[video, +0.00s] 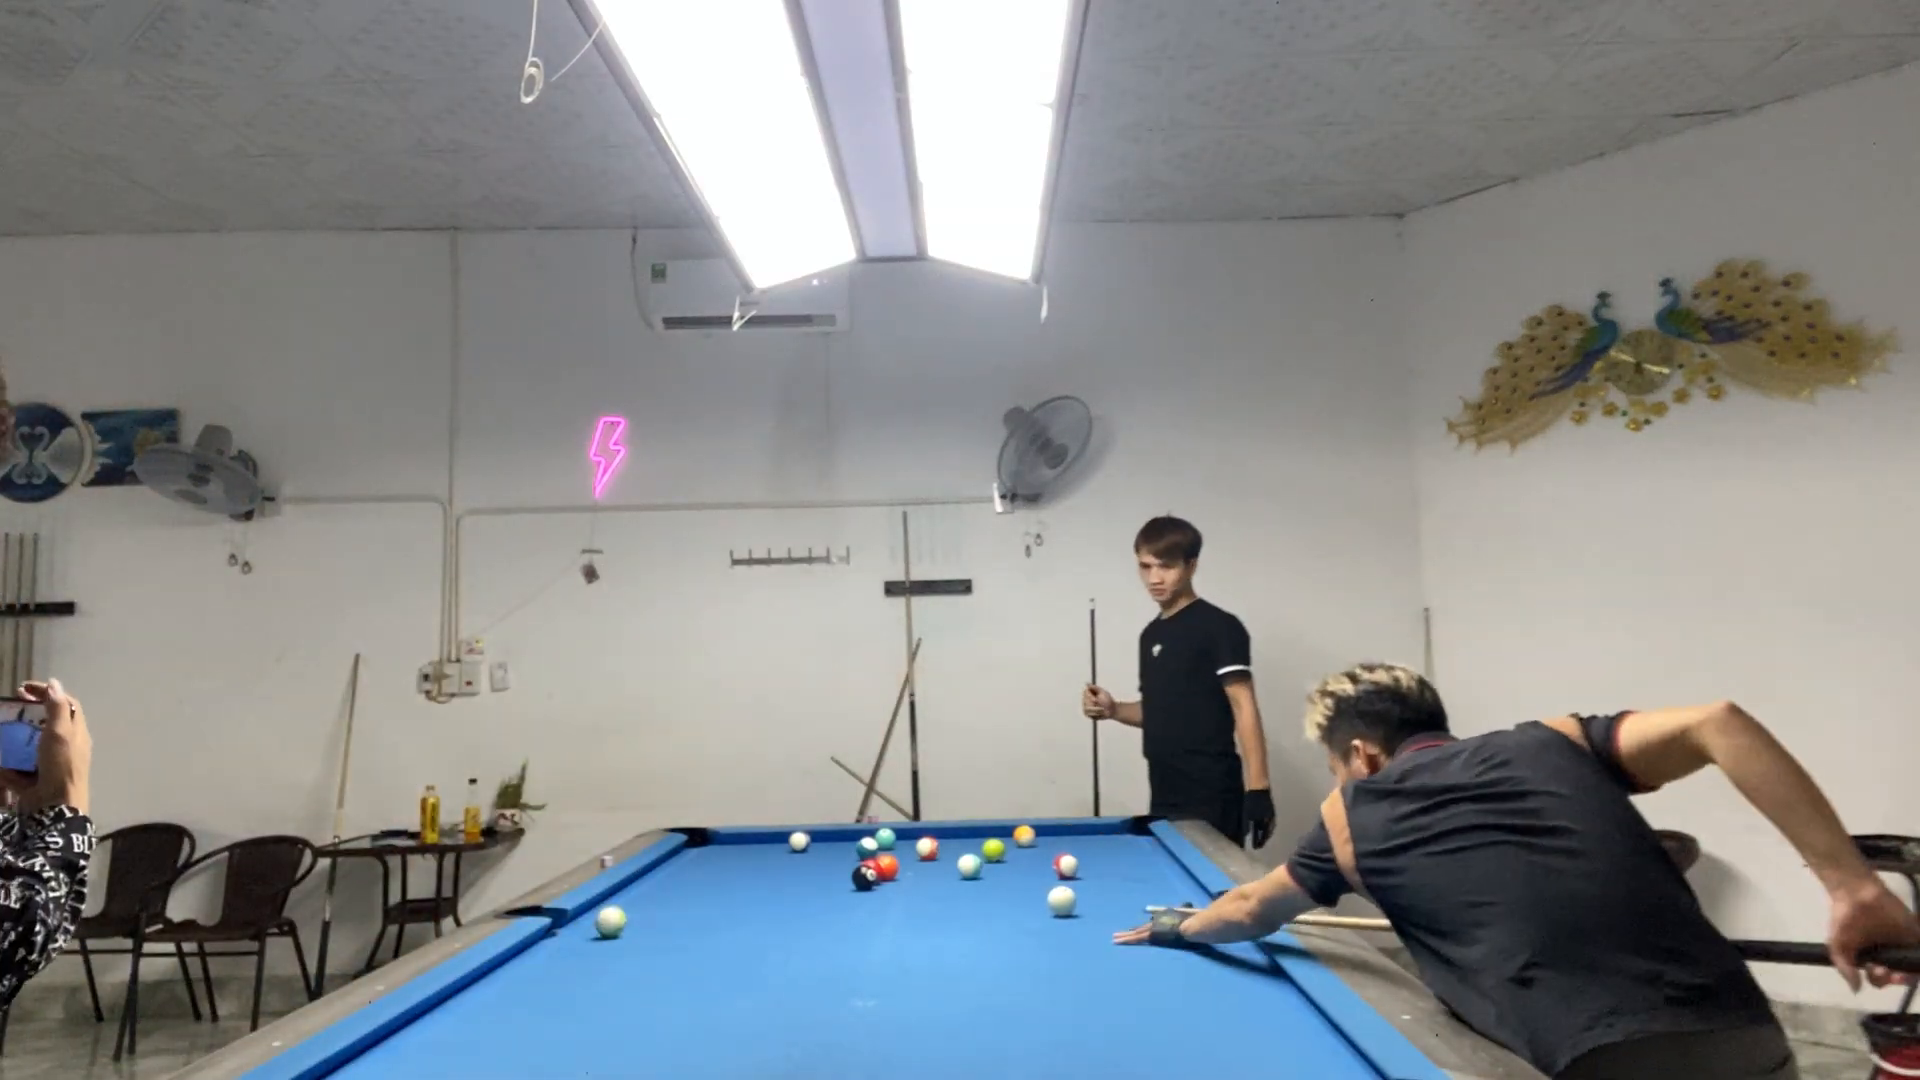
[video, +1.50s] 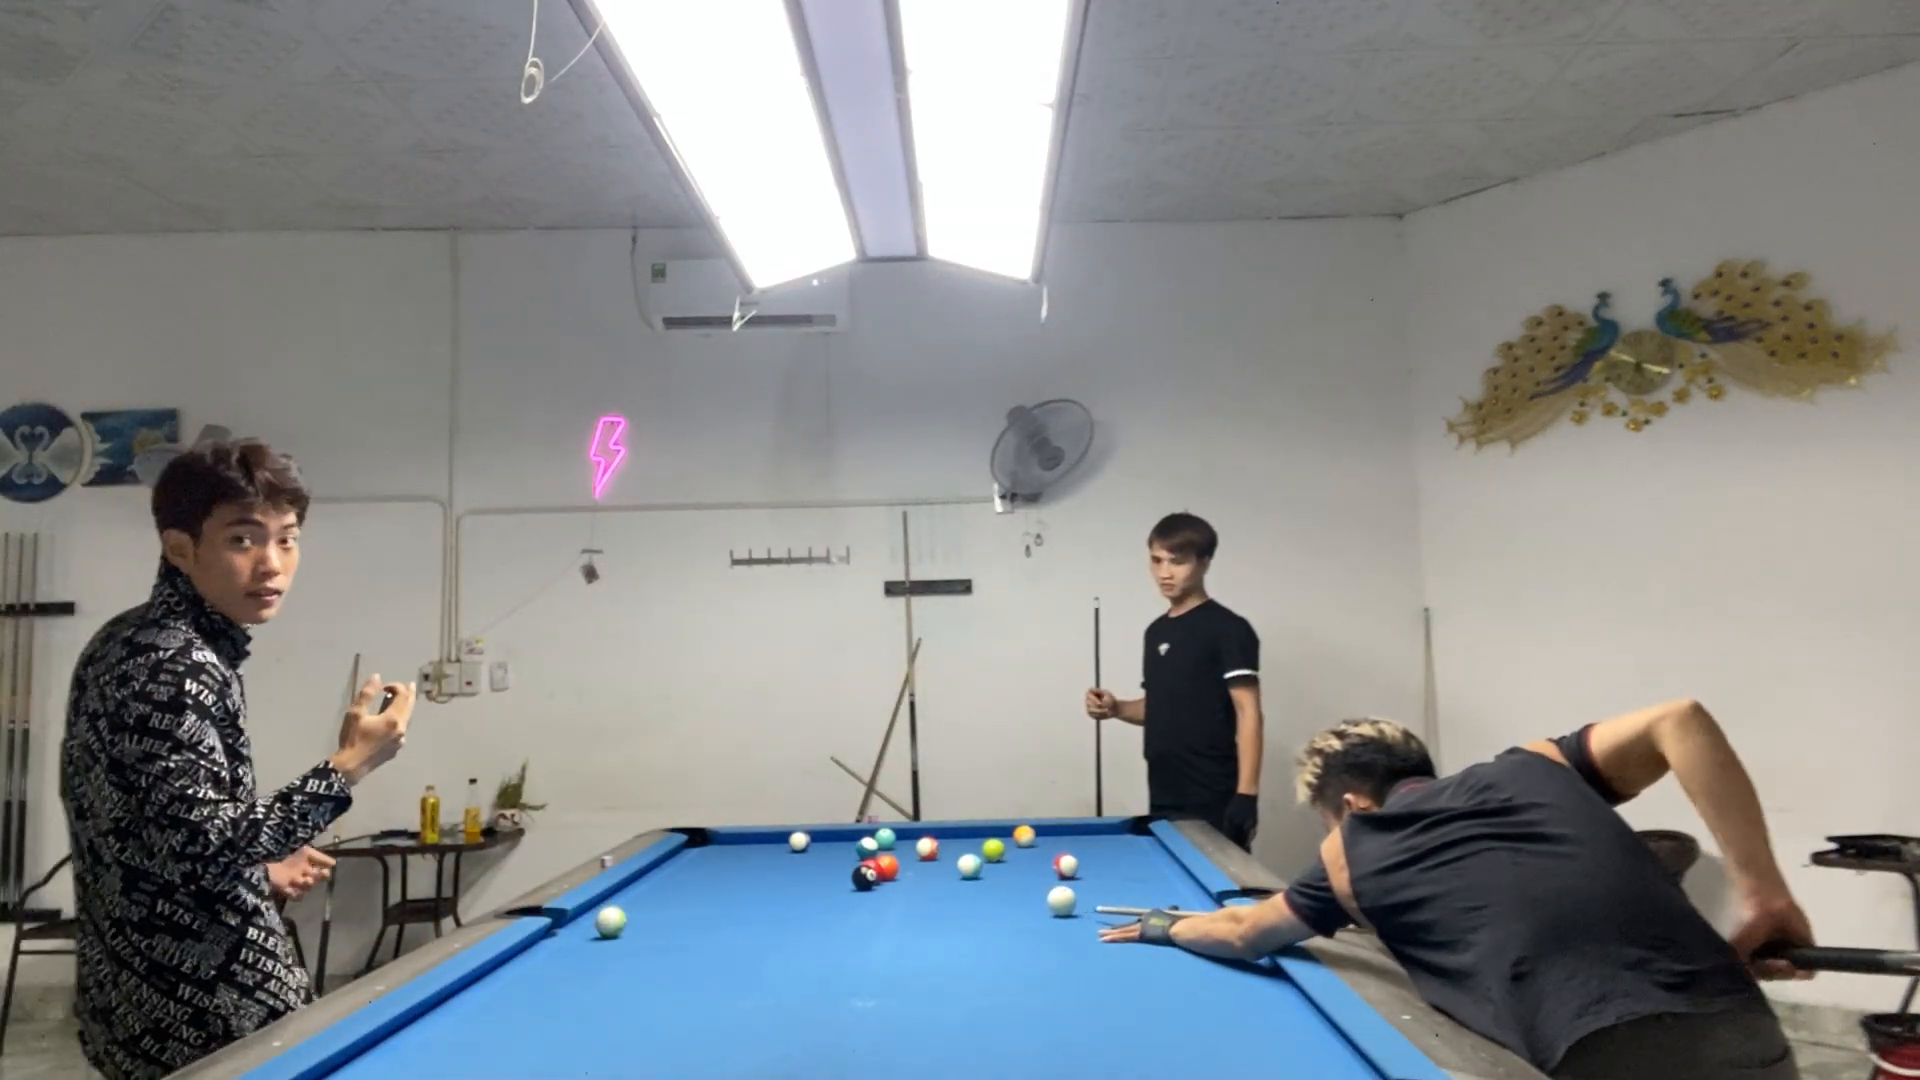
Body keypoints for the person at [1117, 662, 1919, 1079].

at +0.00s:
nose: (1329, 787)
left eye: (1328, 770)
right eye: (1327, 773)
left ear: (1360, 757)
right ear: (1436, 727)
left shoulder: (1353, 810)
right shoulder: (1555, 737)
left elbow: (1245, 910)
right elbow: (1717, 723)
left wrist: (1175, 927)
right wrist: (1852, 881)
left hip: (1607, 1062)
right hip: (1745, 1042)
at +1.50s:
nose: (1328, 832)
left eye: (1323, 819)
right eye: (1323, 822)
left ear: (1349, 802)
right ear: (1424, 774)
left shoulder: (1351, 848)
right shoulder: (1534, 760)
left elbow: (1243, 931)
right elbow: (1681, 721)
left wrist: (1174, 924)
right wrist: (1766, 889)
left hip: (1610, 1053)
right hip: (1743, 1033)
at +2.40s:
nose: (1345, 802)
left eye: (1344, 786)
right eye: (1344, 788)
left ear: (1371, 776)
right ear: (1449, 751)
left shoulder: (1359, 833)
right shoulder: (1558, 764)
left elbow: (1243, 925)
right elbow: (1721, 814)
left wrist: (1169, 930)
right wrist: (1697, 959)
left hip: (1604, 1051)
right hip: (1742, 1028)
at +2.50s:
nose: (1358, 745)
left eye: (1359, 724)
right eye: (1359, 724)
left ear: (1389, 725)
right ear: (1471, 710)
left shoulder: (1362, 800)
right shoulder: (1588, 740)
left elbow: (1258, 904)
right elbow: (1736, 840)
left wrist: (1182, 932)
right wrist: (1708, 981)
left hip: (1594, 1050)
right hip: (1742, 1035)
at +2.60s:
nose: (1388, 677)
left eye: (1387, 659)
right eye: (1385, 658)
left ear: (1417, 662)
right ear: (1502, 654)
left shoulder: (1378, 750)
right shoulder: (1623, 712)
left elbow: (1275, 874)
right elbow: (1752, 850)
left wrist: (1204, 931)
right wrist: (1717, 988)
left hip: (1579, 1047)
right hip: (1730, 1031)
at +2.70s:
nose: (1431, 611)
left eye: (1435, 590)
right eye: (1434, 590)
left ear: (1462, 599)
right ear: (1551, 603)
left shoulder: (1406, 700)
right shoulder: (1664, 692)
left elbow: (1302, 845)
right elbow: (1782, 854)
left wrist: (1232, 922)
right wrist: (1727, 992)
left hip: (1568, 1043)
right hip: (1734, 1040)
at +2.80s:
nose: (1488, 567)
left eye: (1492, 549)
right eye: (1492, 548)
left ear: (1520, 557)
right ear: (1615, 568)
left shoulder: (1446, 670)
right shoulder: (1717, 684)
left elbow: (1342, 826)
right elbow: (1821, 865)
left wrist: (1272, 916)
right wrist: (1748, 1000)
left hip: (1552, 1043)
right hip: (1735, 1039)